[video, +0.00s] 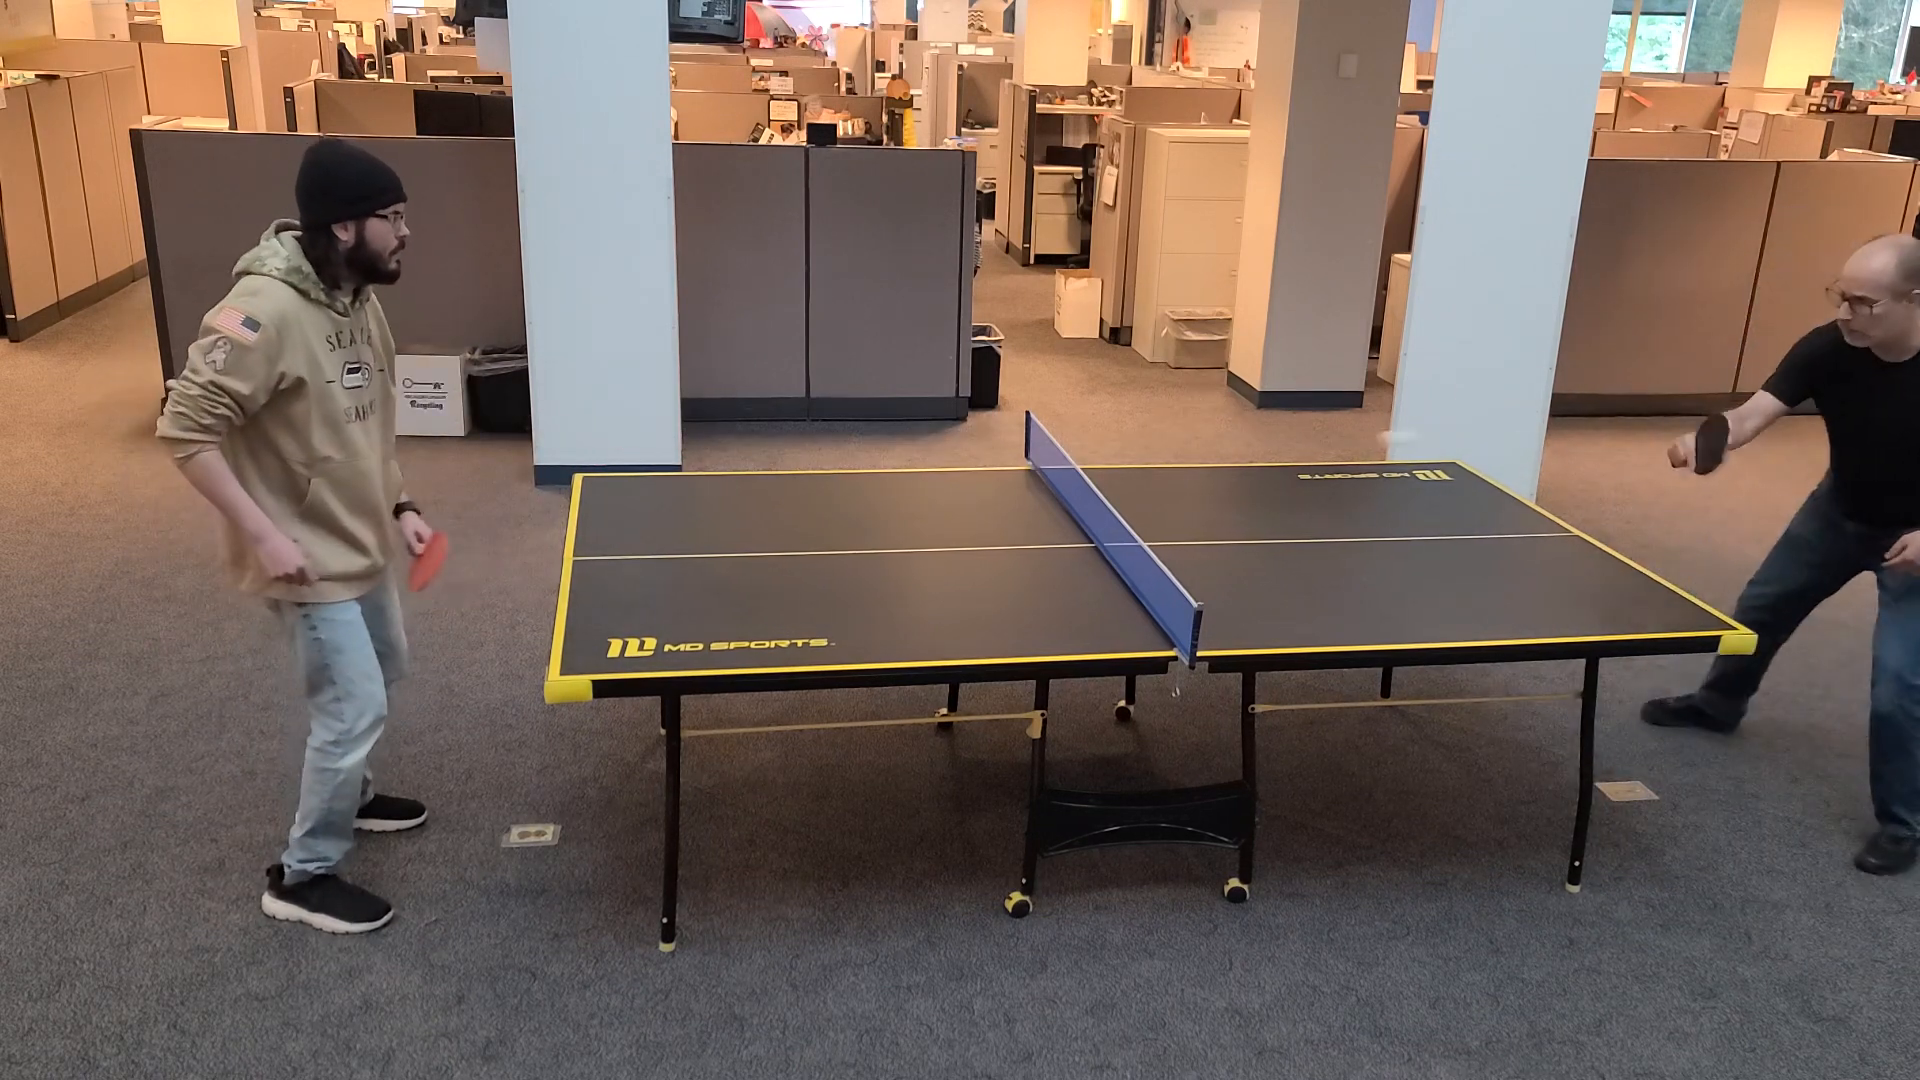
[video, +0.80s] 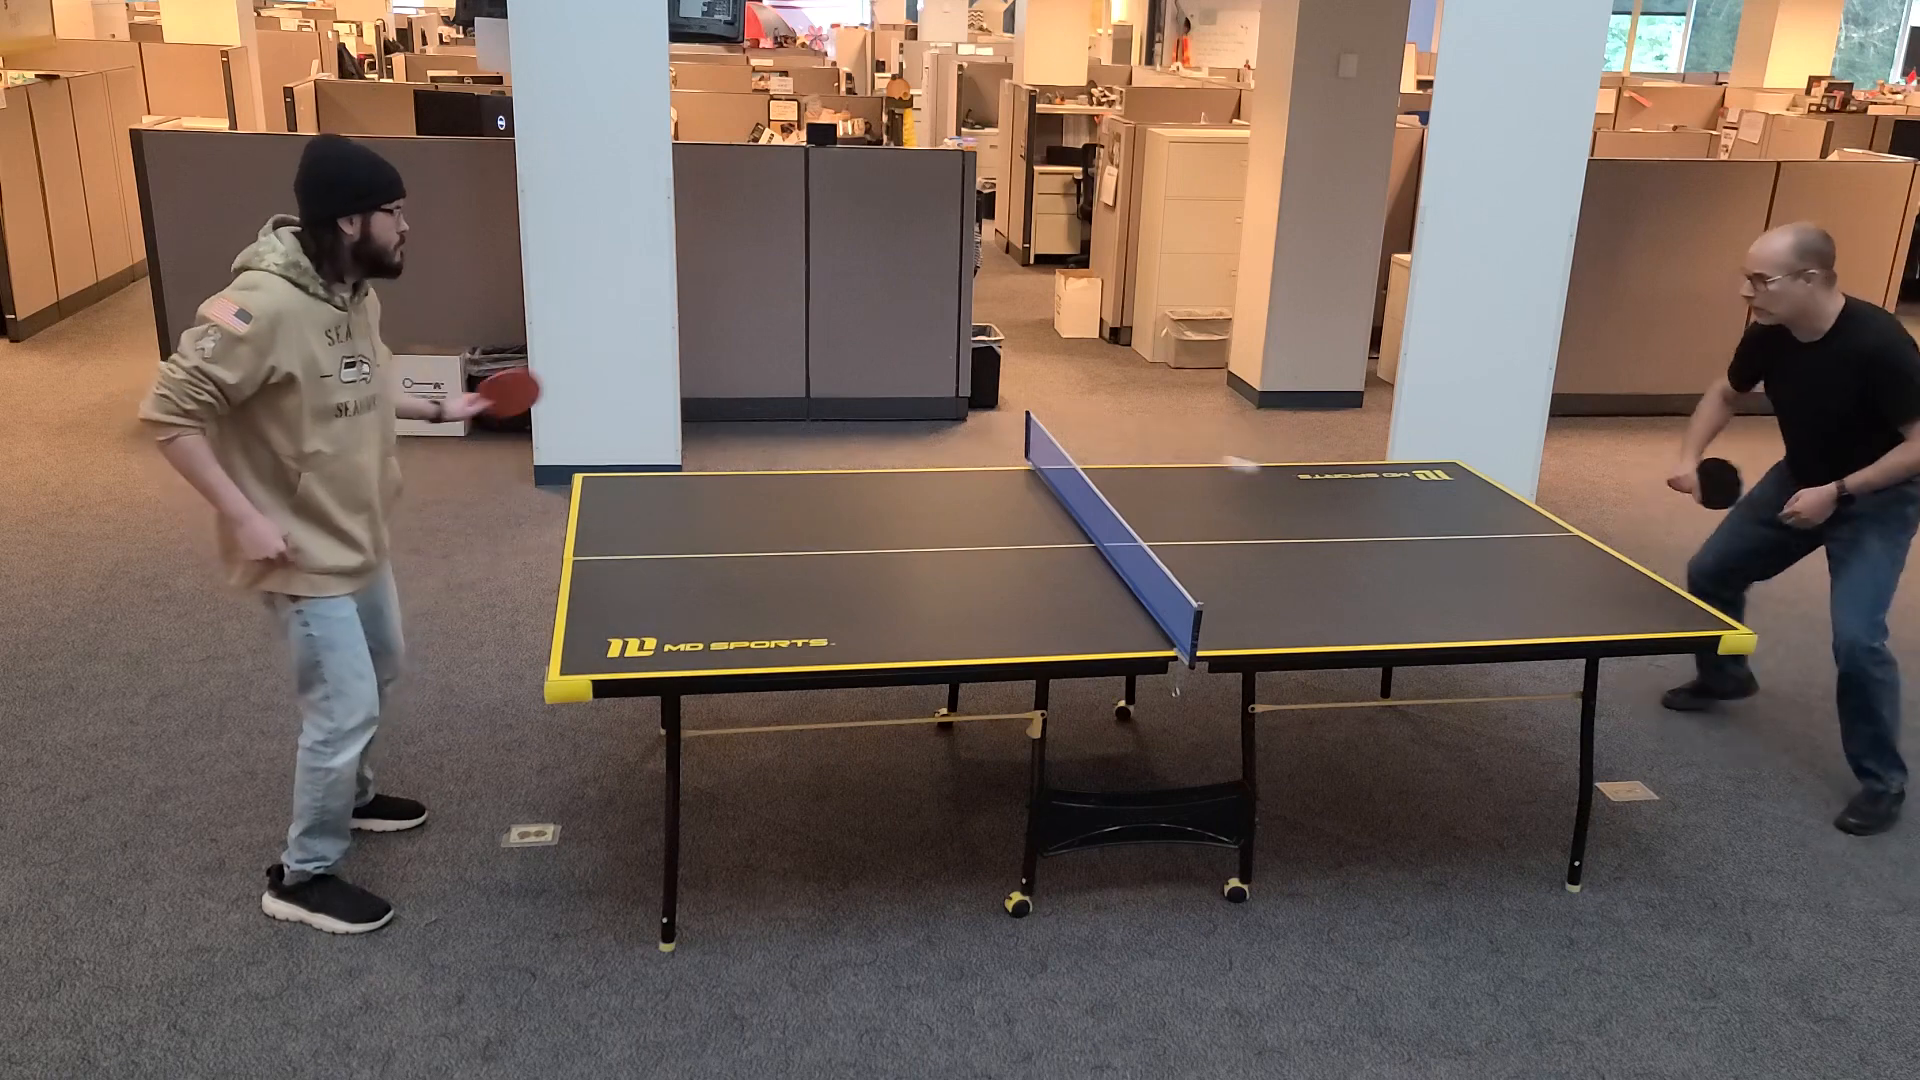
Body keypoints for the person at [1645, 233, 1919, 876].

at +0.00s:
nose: (1843, 312)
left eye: (1860, 303)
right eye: (1841, 298)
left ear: (1909, 302)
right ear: (1843, 291)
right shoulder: (1830, 350)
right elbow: (1749, 415)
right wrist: (1703, 444)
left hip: (1911, 536)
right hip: (1842, 510)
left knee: (1898, 683)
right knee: (1761, 606)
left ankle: (1900, 823)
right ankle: (1719, 703)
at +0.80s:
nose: (1747, 291)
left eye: (1760, 281)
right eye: (1747, 278)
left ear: (1813, 280)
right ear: (1795, 282)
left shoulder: (1883, 344)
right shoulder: (1765, 333)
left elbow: (1919, 445)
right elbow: (1725, 397)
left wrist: (1838, 491)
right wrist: (1688, 457)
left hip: (1880, 498)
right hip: (1802, 480)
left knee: (1856, 639)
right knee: (1709, 573)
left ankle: (1882, 781)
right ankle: (1724, 676)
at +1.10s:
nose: (1685, 266)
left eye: (1697, 257)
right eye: (1685, 254)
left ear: (1744, 258)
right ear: (1720, 255)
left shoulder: (1801, 319)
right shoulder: (1696, 296)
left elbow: (1872, 406)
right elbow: (1611, 298)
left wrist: (1808, 482)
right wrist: (1538, 328)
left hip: (1817, 480)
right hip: (1742, 469)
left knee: (1825, 620)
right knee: (1656, 570)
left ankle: (1862, 766)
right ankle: (1660, 665)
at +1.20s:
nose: (1679, 253)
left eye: (1690, 243)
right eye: (1678, 241)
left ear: (1735, 244)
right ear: (1711, 242)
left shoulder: (1793, 306)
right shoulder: (1689, 288)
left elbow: (1852, 400)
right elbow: (1606, 304)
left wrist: (1785, 474)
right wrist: (1536, 328)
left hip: (1808, 470)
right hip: (1732, 461)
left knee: (1809, 612)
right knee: (1658, 562)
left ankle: (1845, 753)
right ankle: (1658, 665)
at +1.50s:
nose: (1685, 261)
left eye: (1697, 251)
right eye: (1684, 249)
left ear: (1744, 253)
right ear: (1729, 254)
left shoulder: (1802, 317)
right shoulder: (1705, 315)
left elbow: (1851, 417)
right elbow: (1664, 381)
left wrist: (1767, 476)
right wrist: (1624, 417)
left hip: (1810, 483)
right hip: (1735, 470)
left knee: (1805, 625)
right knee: (1658, 568)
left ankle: (1851, 768)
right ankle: (1659, 666)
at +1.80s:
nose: (1728, 256)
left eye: (1743, 244)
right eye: (1728, 243)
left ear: (1793, 247)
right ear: (1779, 248)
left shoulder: (1855, 311)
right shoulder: (1766, 306)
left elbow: (1911, 414)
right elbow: (1752, 395)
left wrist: (1838, 482)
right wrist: (1725, 439)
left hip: (1885, 483)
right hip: (1813, 475)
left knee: (1844, 633)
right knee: (1757, 596)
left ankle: (1870, 776)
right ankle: (1791, 728)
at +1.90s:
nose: (1741, 266)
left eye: (1755, 255)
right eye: (1740, 254)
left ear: (1807, 257)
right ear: (1792, 259)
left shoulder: (1872, 321)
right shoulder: (1777, 320)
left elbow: (1919, 423)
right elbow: (1767, 400)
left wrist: (1852, 491)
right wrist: (1740, 453)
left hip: (1894, 500)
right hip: (1823, 493)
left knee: (1854, 646)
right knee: (1773, 615)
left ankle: (1902, 793)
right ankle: (1805, 741)